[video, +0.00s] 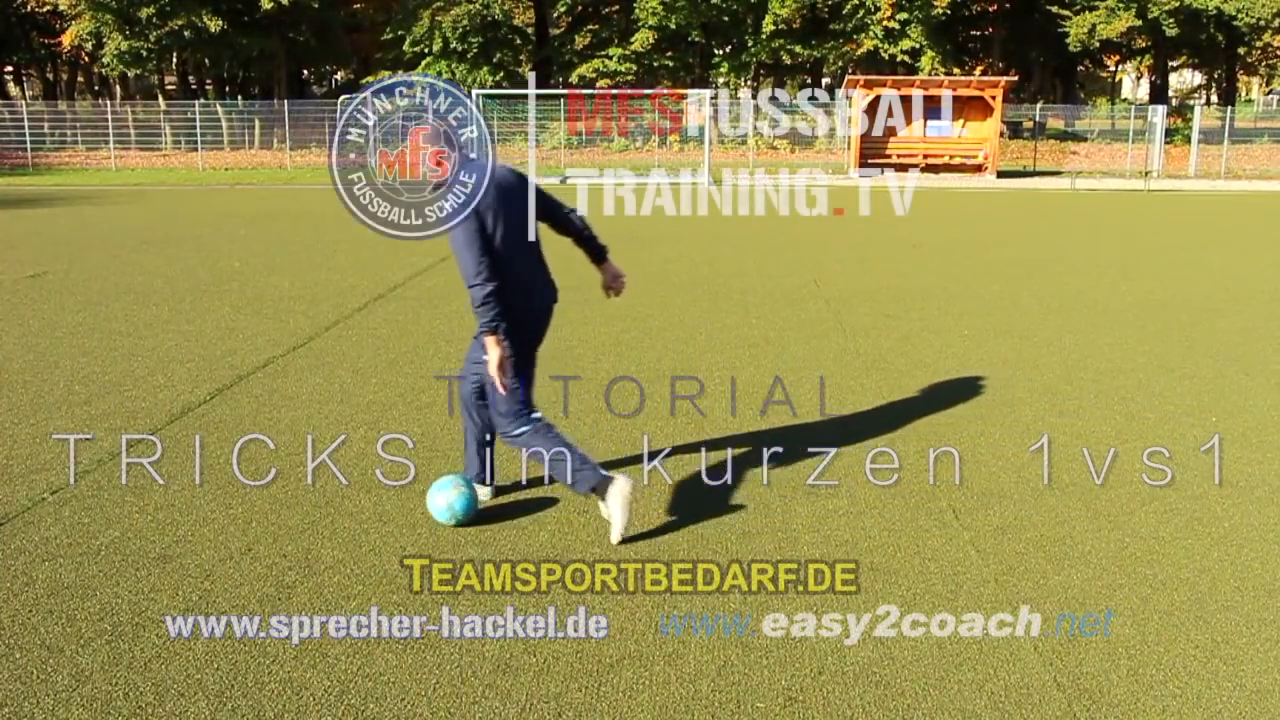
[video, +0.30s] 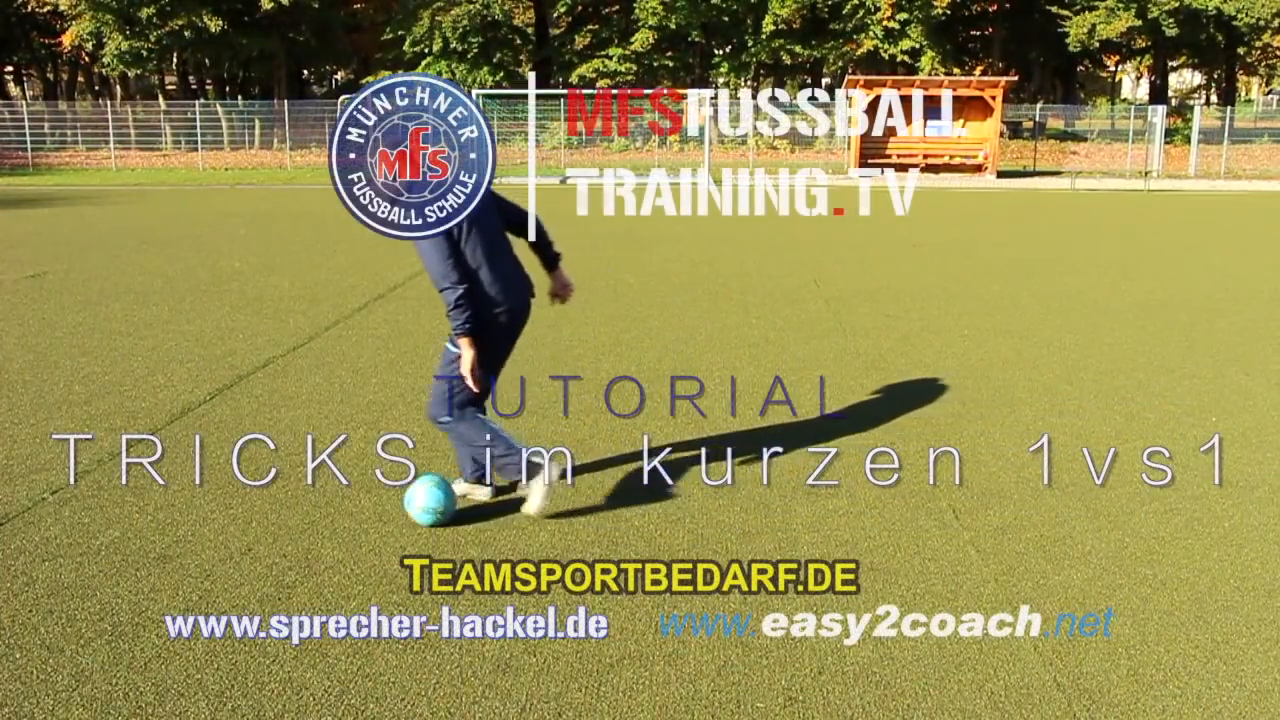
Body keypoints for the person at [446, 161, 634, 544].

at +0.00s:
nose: (426, 167)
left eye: (428, 158)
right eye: (424, 157)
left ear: (443, 157)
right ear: (461, 149)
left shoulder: (458, 199)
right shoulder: (504, 176)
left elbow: (478, 273)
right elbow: (562, 216)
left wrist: (492, 338)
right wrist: (604, 262)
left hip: (510, 311)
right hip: (537, 301)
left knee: (514, 420)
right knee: (473, 384)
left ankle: (606, 486)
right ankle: (478, 482)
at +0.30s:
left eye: (391, 182)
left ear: (405, 187)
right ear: (438, 169)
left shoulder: (427, 221)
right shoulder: (471, 193)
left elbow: (451, 283)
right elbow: (528, 223)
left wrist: (465, 343)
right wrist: (555, 269)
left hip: (486, 312)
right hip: (515, 300)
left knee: (445, 409)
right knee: (468, 396)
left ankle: (530, 468)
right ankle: (477, 479)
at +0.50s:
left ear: (388, 194)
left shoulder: (406, 224)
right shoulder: (445, 199)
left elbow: (437, 282)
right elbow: (500, 225)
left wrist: (454, 345)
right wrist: (519, 274)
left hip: (470, 310)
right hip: (495, 299)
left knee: (403, 394)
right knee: (454, 390)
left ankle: (468, 475)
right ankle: (473, 476)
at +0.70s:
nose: (323, 193)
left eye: (324, 183)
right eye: (321, 184)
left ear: (344, 179)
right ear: (357, 174)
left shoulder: (380, 216)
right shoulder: (414, 190)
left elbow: (419, 282)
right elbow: (466, 226)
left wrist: (438, 344)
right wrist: (482, 275)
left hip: (439, 316)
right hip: (472, 303)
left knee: (371, 390)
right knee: (429, 391)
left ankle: (409, 485)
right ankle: (473, 480)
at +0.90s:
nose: (280, 181)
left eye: (282, 172)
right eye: (278, 173)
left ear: (307, 167)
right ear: (313, 165)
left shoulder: (340, 206)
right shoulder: (363, 181)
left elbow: (380, 280)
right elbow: (421, 216)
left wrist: (397, 346)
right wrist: (437, 272)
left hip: (399, 315)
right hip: (429, 302)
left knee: (334, 397)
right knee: (414, 386)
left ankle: (365, 506)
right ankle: (470, 477)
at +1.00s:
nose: (250, 175)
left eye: (251, 165)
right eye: (248, 166)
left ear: (274, 159)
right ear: (284, 155)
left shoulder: (305, 199)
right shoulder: (334, 175)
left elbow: (338, 281)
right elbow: (388, 212)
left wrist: (350, 348)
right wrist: (410, 269)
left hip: (361, 319)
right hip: (392, 307)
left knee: (316, 416)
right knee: (386, 390)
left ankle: (354, 522)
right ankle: (464, 471)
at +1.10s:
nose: (218, 160)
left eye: (221, 149)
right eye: (216, 150)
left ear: (246, 146)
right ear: (260, 142)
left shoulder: (272, 196)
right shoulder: (315, 174)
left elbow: (293, 280)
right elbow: (365, 214)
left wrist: (295, 348)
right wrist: (390, 269)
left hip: (325, 315)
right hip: (356, 304)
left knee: (299, 423)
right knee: (328, 396)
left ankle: (350, 522)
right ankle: (409, 461)